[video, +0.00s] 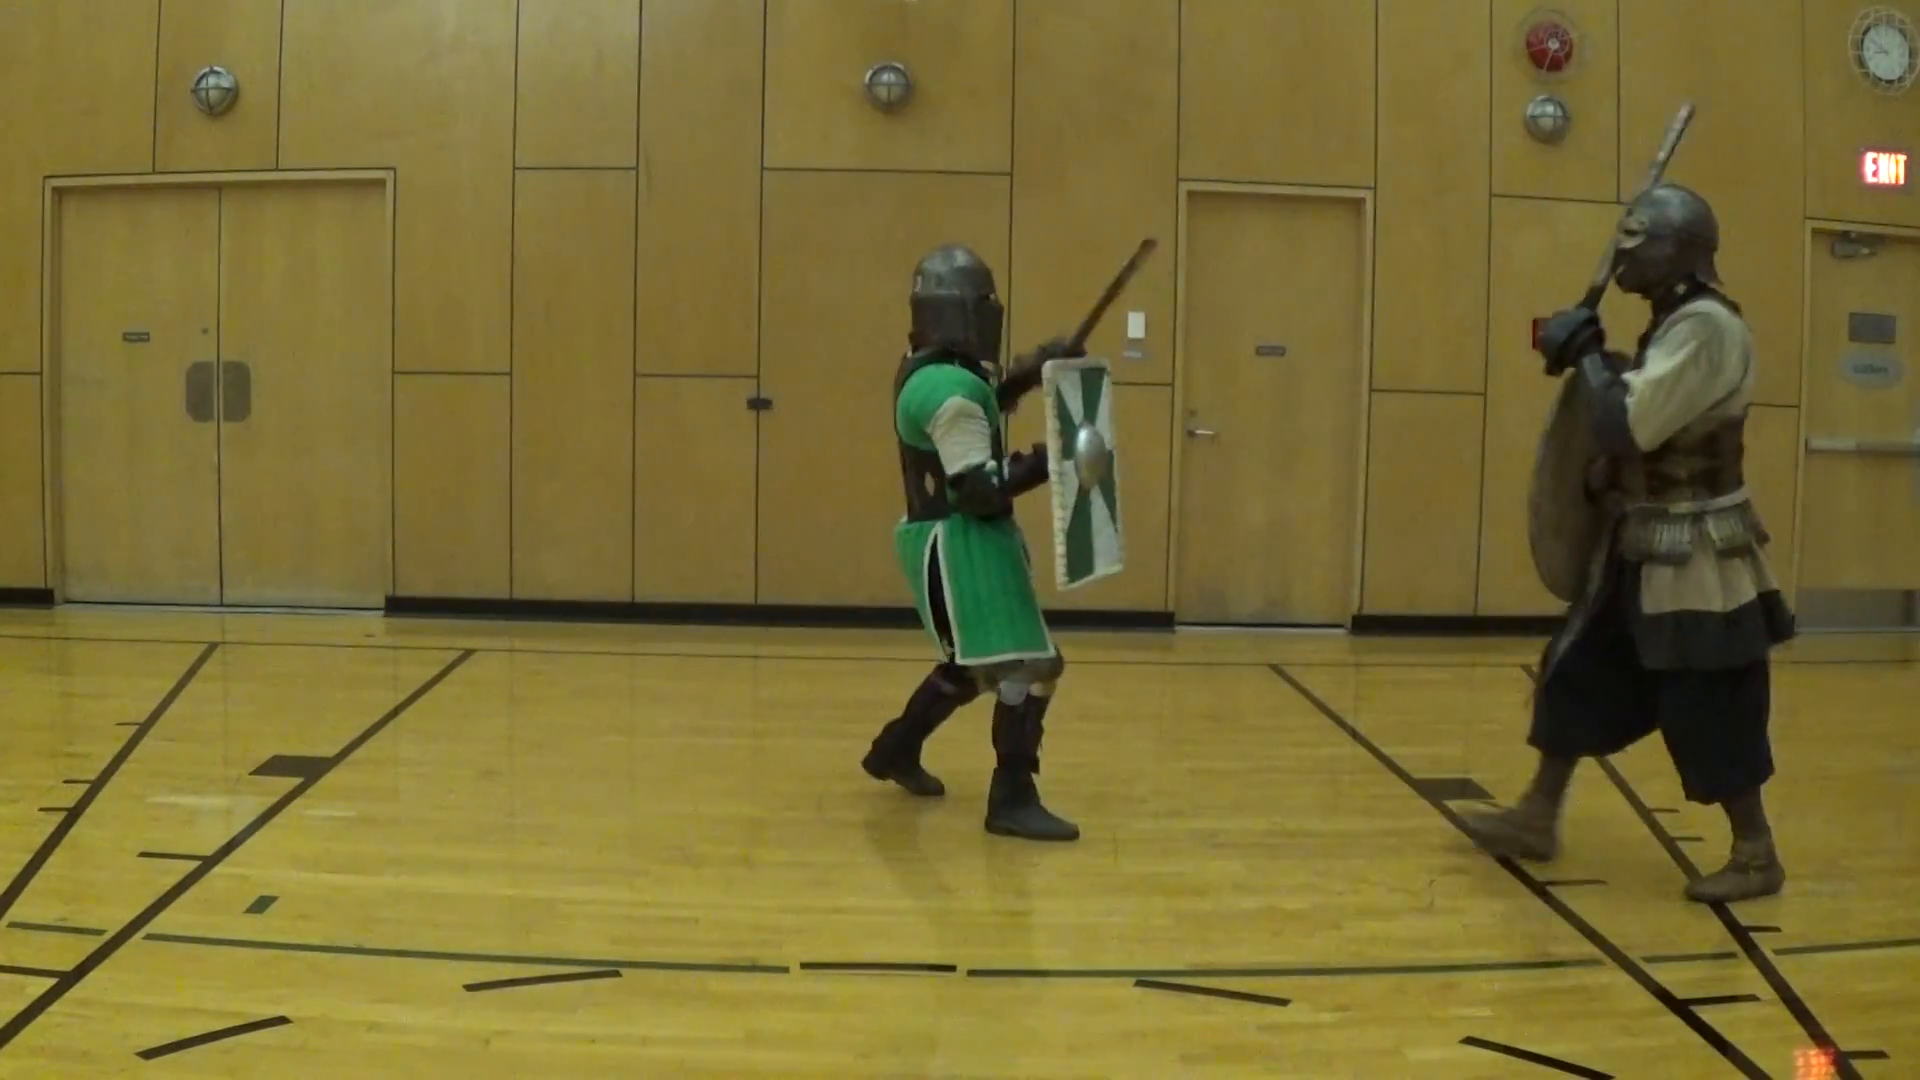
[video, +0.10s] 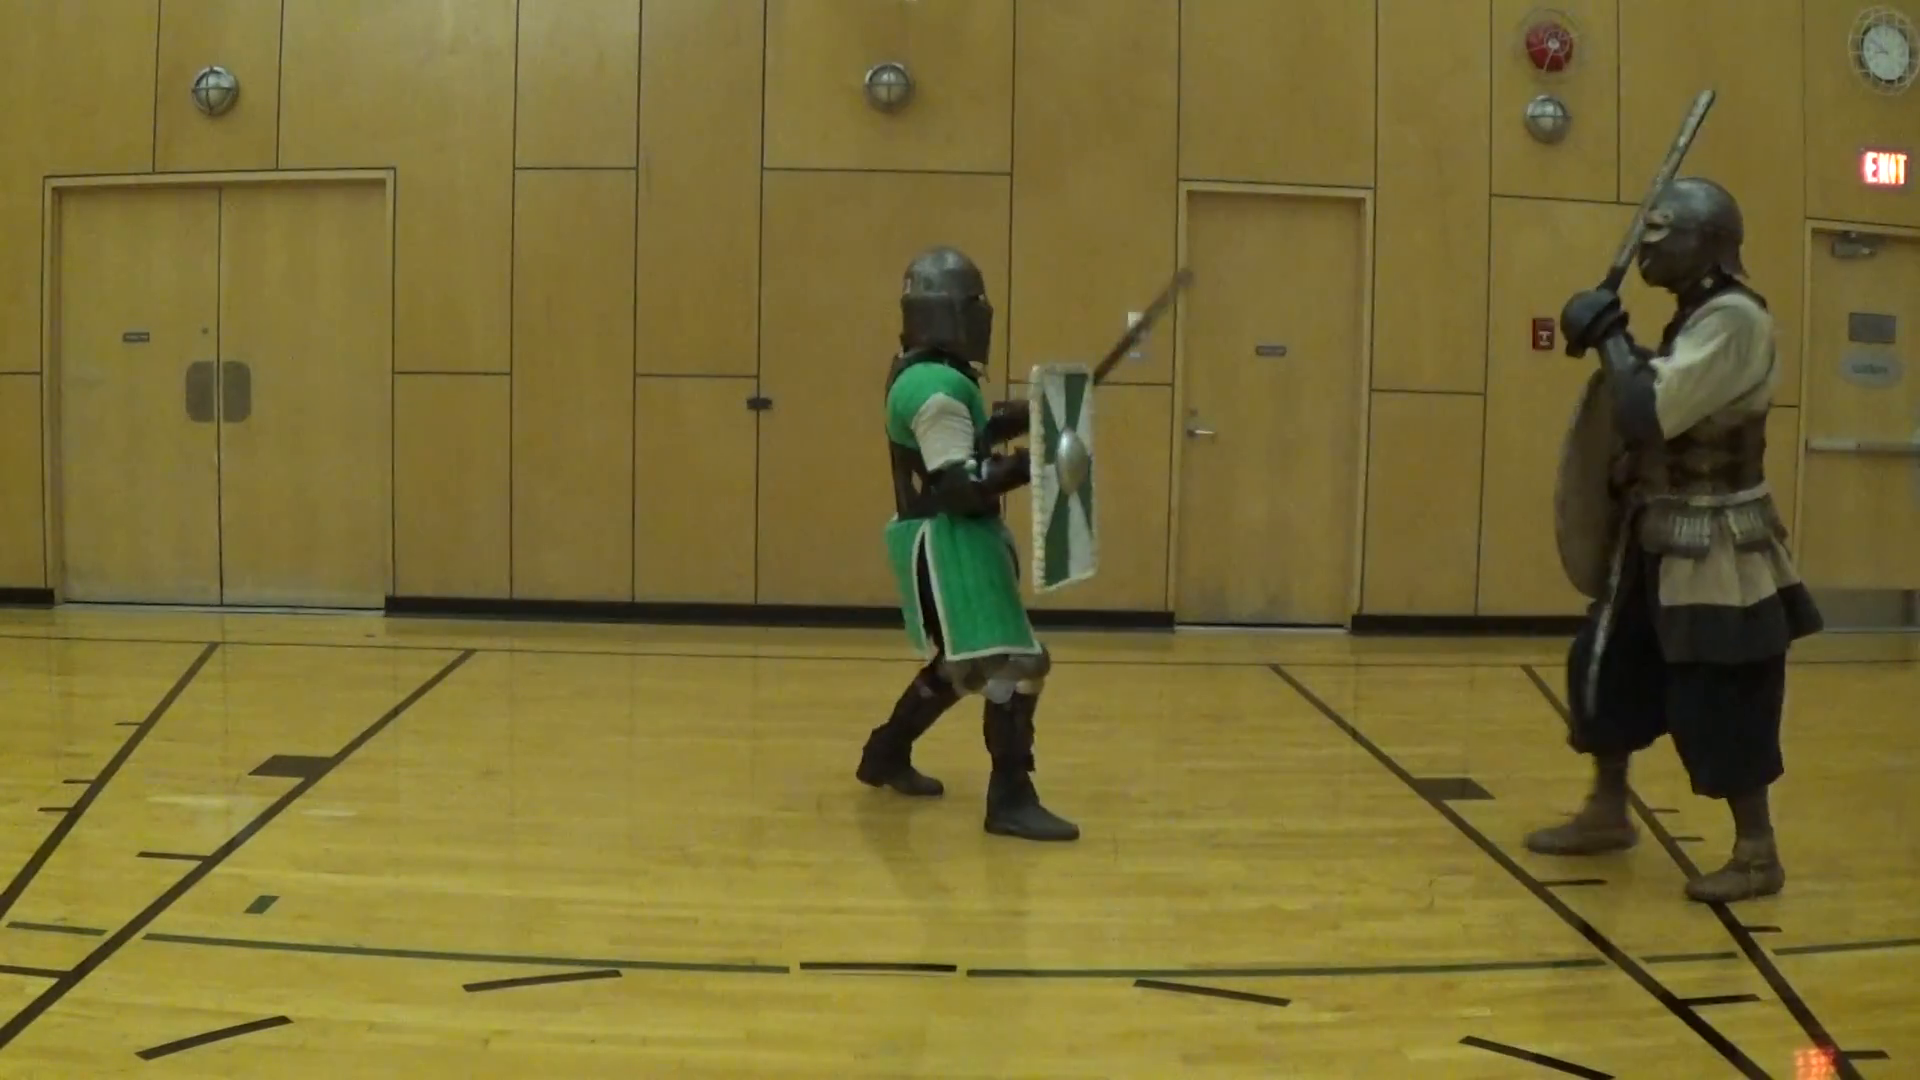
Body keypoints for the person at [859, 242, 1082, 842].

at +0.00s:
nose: (993, 314)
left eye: (989, 304)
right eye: (984, 304)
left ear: (930, 314)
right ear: (963, 313)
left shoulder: (943, 375)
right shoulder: (948, 388)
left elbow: (991, 400)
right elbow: (979, 491)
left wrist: (1037, 365)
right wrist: (1054, 460)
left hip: (946, 535)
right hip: (965, 540)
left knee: (976, 660)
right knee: (1033, 665)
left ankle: (897, 746)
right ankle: (1013, 800)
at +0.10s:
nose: (983, 317)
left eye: (980, 306)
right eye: (975, 307)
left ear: (921, 316)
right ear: (953, 314)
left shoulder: (942, 379)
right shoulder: (934, 387)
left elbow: (966, 442)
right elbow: (954, 488)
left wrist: (1025, 415)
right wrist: (1031, 463)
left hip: (944, 532)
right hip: (951, 538)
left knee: (964, 659)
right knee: (1020, 662)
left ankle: (886, 751)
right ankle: (1011, 800)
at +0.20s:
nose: (973, 319)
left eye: (971, 308)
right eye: (965, 308)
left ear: (914, 316)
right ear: (941, 315)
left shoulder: (931, 379)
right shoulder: (918, 384)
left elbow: (945, 470)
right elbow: (930, 483)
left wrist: (995, 455)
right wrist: (1000, 463)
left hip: (939, 529)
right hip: (928, 533)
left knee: (953, 655)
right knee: (983, 658)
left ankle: (882, 756)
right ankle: (1008, 795)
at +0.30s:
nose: (966, 313)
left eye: (963, 302)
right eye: (957, 302)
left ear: (908, 308)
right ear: (928, 308)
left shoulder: (924, 372)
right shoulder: (904, 376)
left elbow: (930, 467)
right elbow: (909, 473)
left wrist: (989, 467)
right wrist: (986, 465)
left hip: (923, 525)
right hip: (905, 527)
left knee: (938, 652)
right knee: (956, 653)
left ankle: (881, 756)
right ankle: (974, 791)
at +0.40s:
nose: (956, 308)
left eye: (953, 297)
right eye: (949, 297)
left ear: (896, 300)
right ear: (926, 301)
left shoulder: (908, 360)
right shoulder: (895, 364)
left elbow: (916, 456)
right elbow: (895, 456)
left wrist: (977, 462)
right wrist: (976, 461)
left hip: (909, 515)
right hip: (893, 518)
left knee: (936, 645)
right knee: (924, 646)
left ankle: (882, 756)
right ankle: (896, 784)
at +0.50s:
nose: (945, 297)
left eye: (943, 286)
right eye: (936, 286)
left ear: (892, 291)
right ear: (908, 292)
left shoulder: (907, 354)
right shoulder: (885, 357)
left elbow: (905, 449)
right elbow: (883, 450)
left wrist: (962, 460)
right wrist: (960, 453)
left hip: (902, 510)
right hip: (875, 511)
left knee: (925, 644)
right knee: (889, 640)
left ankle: (880, 760)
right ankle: (821, 769)